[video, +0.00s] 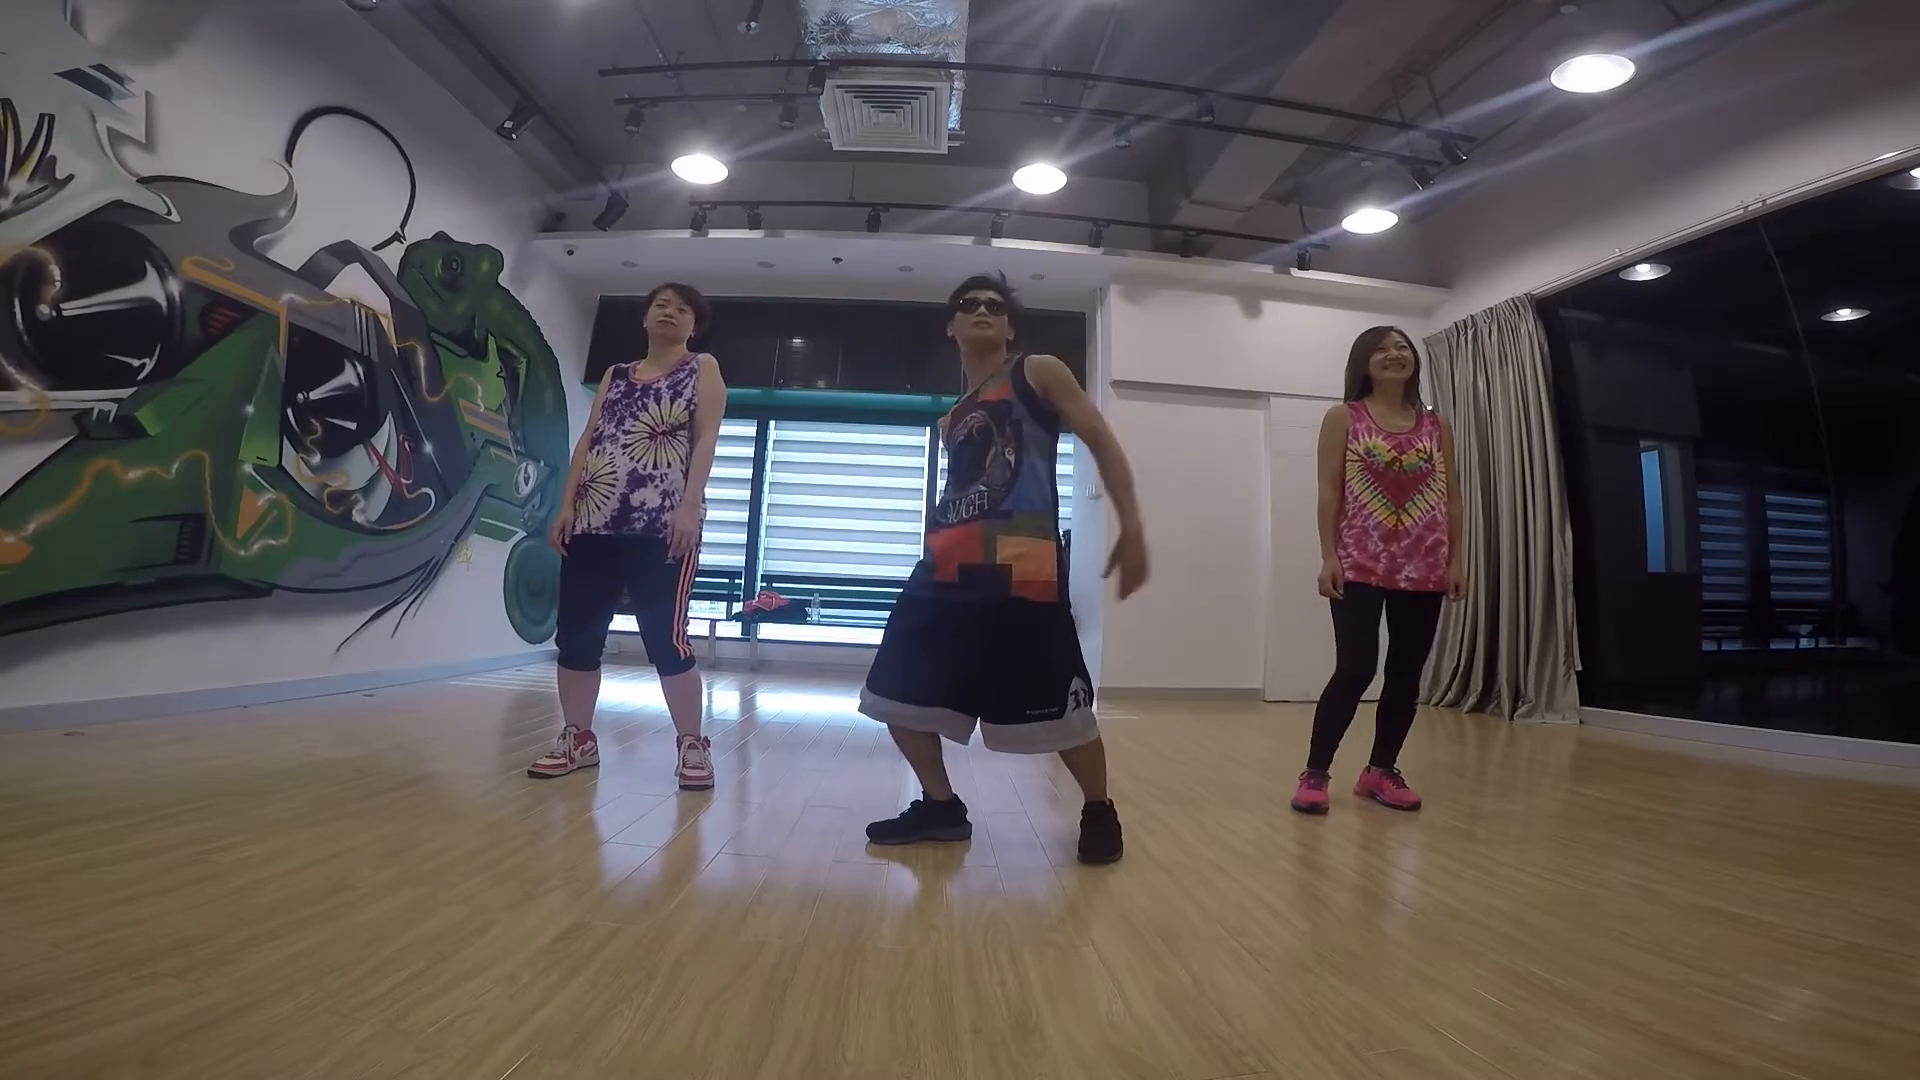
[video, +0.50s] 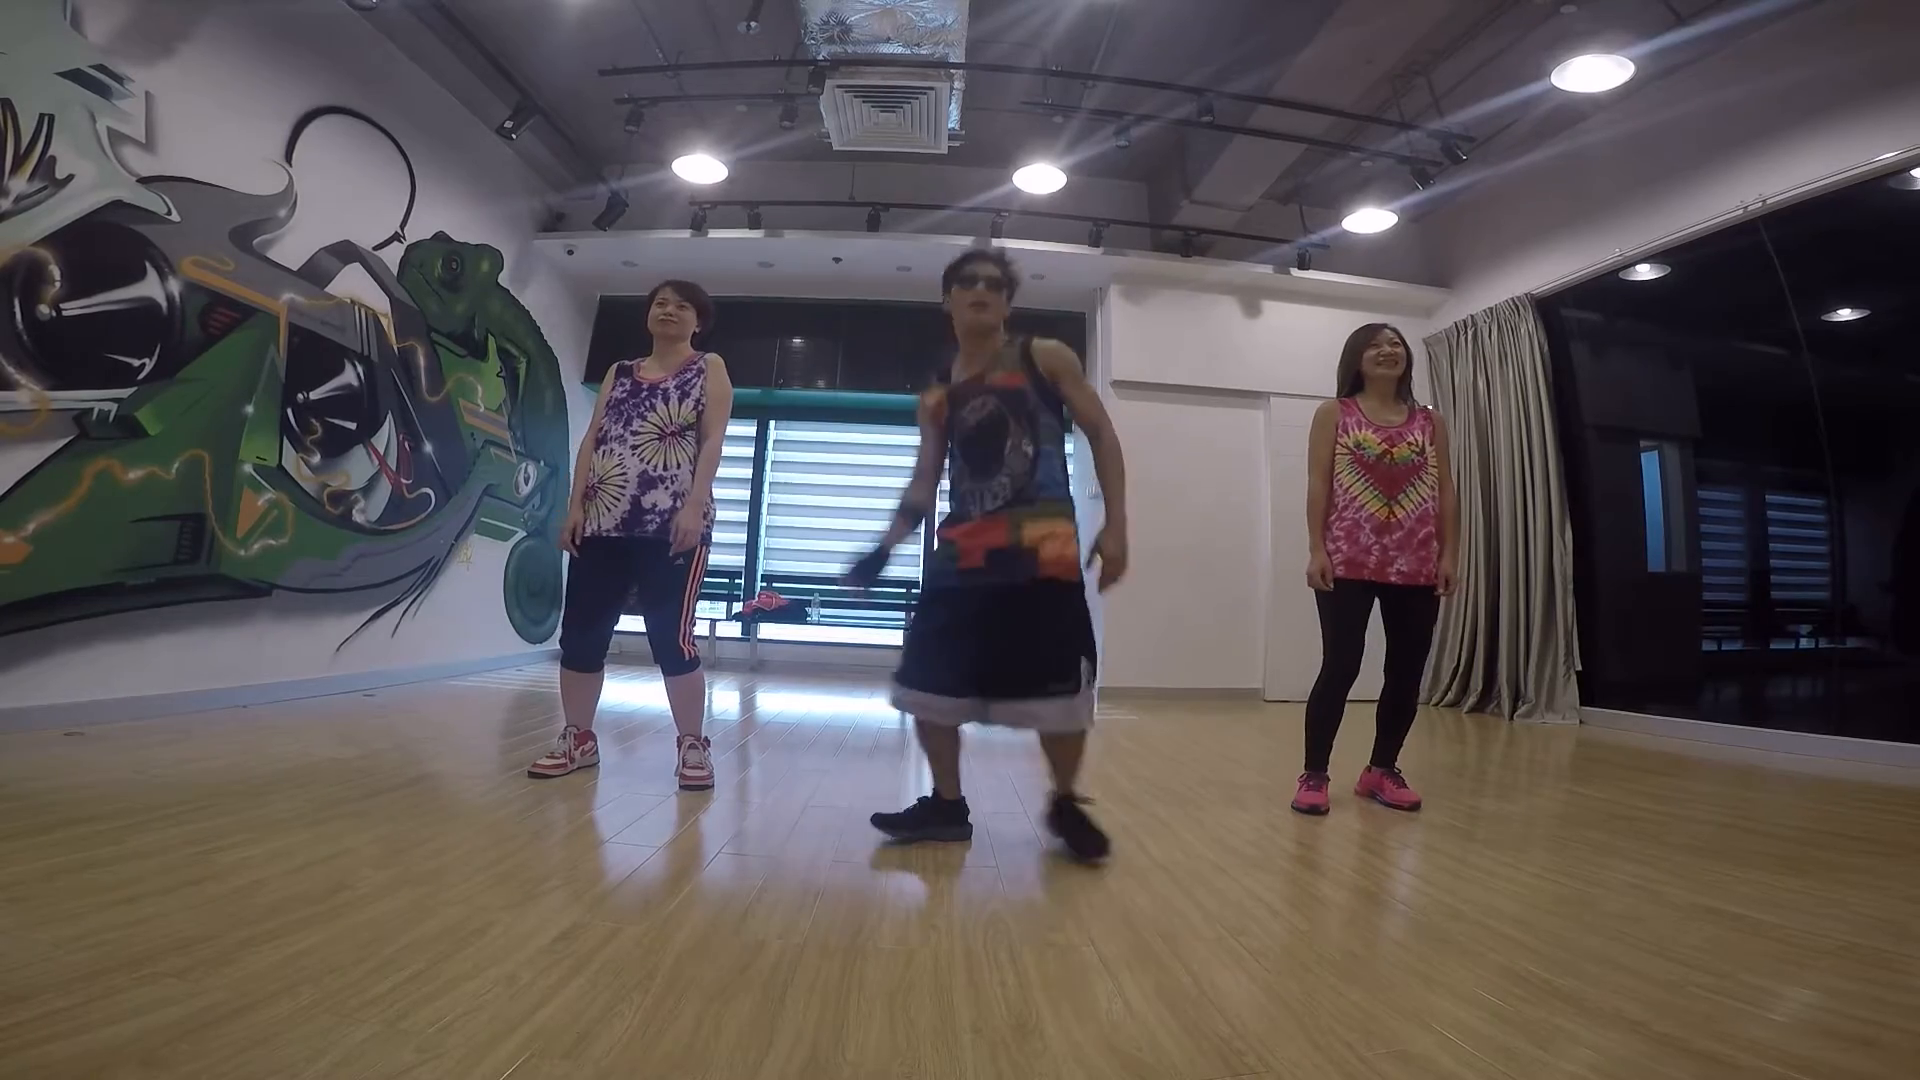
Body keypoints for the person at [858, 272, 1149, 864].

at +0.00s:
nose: (982, 313)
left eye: (994, 308)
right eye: (970, 307)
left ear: (1011, 328)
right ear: (951, 329)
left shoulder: (1038, 371)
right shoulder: (955, 418)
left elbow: (1101, 441)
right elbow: (967, 495)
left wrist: (1132, 527)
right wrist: (947, 556)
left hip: (1025, 568)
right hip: (947, 570)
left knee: (1060, 702)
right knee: (896, 693)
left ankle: (1098, 807)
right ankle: (939, 804)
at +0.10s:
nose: (984, 316)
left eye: (995, 310)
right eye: (971, 309)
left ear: (1011, 329)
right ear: (952, 330)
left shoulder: (1041, 375)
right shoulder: (956, 419)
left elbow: (1098, 454)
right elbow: (968, 498)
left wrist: (1118, 541)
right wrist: (945, 559)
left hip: (1028, 567)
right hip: (949, 569)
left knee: (1061, 702)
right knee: (895, 695)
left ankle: (1099, 810)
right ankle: (939, 804)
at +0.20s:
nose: (985, 317)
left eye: (997, 312)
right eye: (973, 310)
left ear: (1012, 331)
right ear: (953, 331)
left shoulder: (1042, 375)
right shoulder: (957, 420)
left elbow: (1104, 454)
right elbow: (969, 500)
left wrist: (1119, 543)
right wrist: (946, 560)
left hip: (1029, 568)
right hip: (950, 570)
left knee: (1062, 702)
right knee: (894, 695)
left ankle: (1099, 809)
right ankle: (939, 804)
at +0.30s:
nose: (984, 321)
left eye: (995, 315)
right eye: (972, 314)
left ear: (1011, 333)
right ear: (953, 334)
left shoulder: (1042, 377)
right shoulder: (957, 422)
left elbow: (1104, 456)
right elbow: (974, 500)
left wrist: (1126, 549)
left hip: (1030, 572)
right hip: (951, 574)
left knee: (1060, 706)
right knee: (894, 696)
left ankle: (1098, 809)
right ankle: (939, 804)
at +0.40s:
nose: (979, 319)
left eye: (990, 312)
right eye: (966, 312)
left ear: (1006, 327)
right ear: (947, 330)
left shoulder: (1039, 374)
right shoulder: (946, 423)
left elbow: (1108, 451)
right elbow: (935, 513)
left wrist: (1125, 543)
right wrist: (925, 580)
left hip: (1032, 572)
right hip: (949, 577)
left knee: (1061, 704)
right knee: (901, 695)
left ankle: (1094, 810)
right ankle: (940, 805)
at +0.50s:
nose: (980, 294)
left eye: (992, 286)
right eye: (967, 284)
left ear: (1009, 301)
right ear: (947, 299)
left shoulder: (1047, 358)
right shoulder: (939, 397)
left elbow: (1102, 435)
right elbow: (922, 486)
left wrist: (1116, 524)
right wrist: (883, 547)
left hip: (1045, 555)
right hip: (963, 558)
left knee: (1064, 687)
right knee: (928, 685)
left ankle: (1066, 803)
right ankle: (946, 803)